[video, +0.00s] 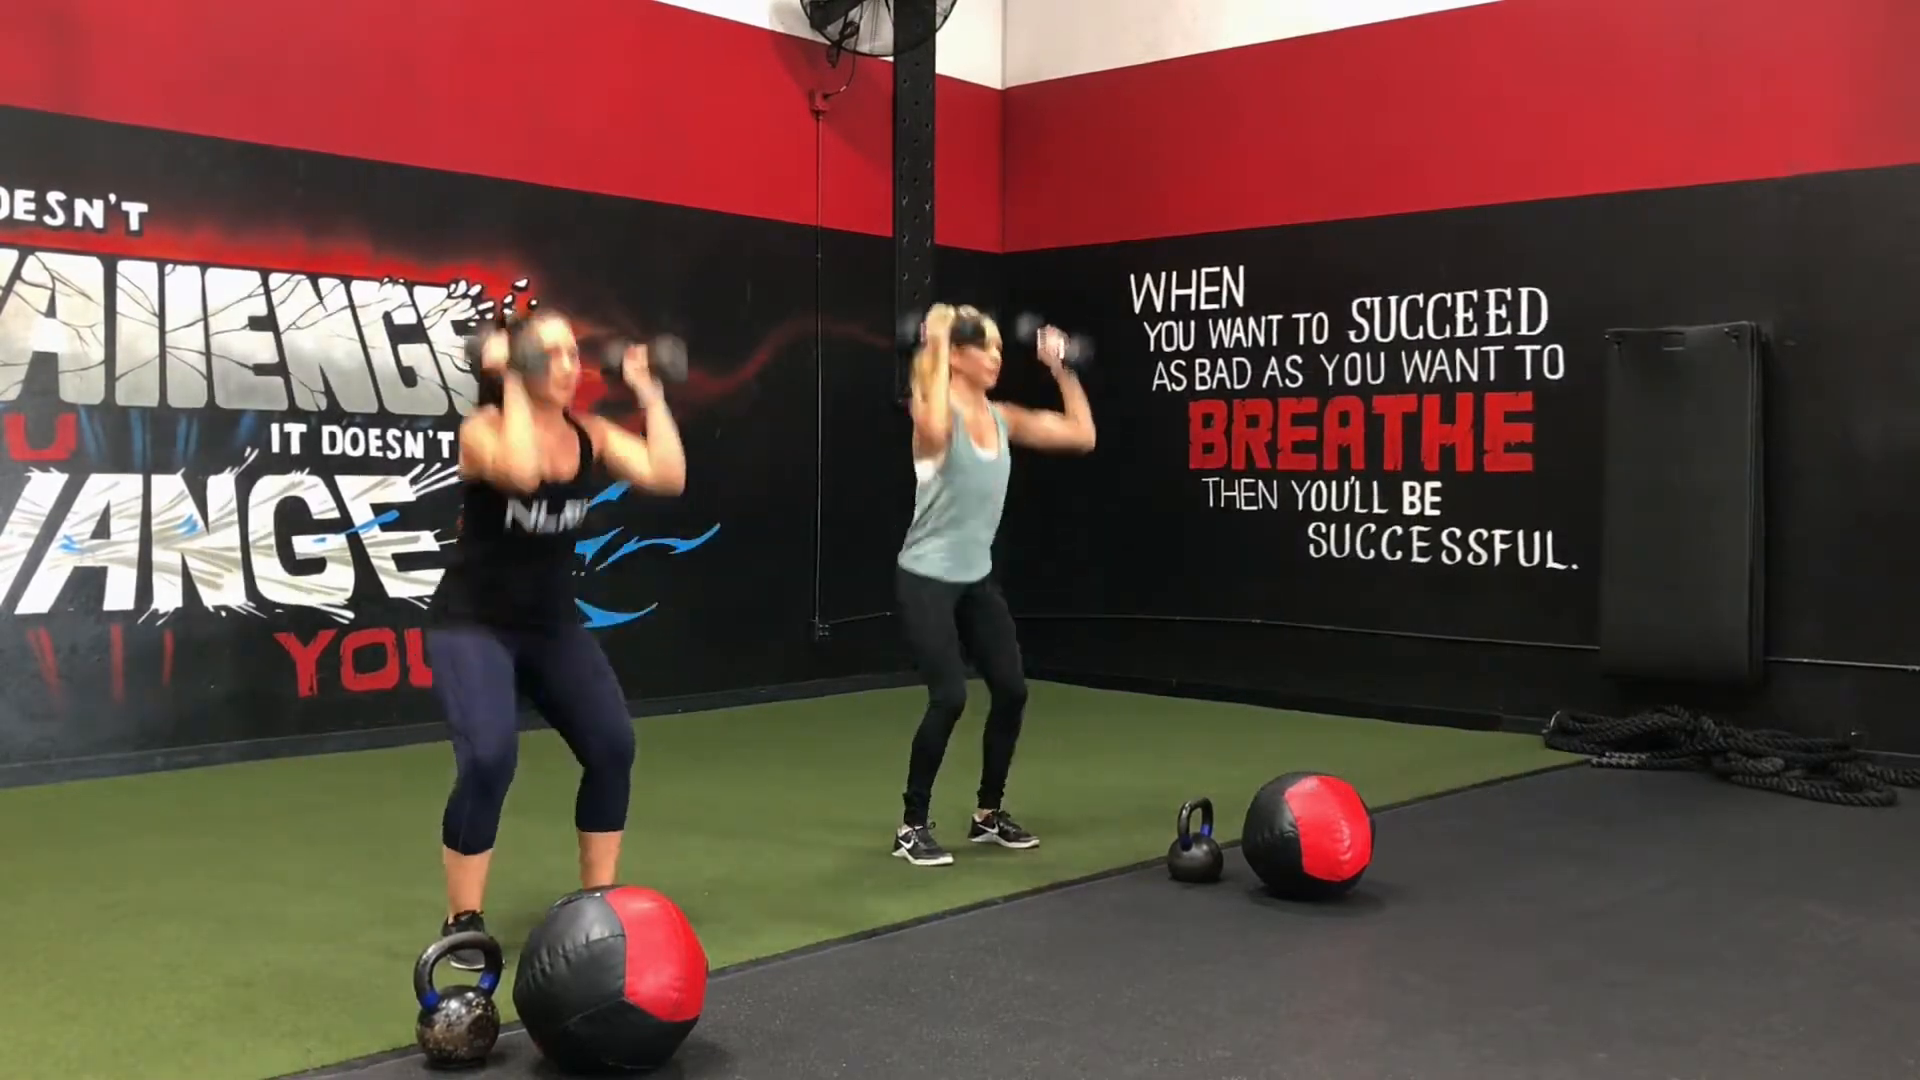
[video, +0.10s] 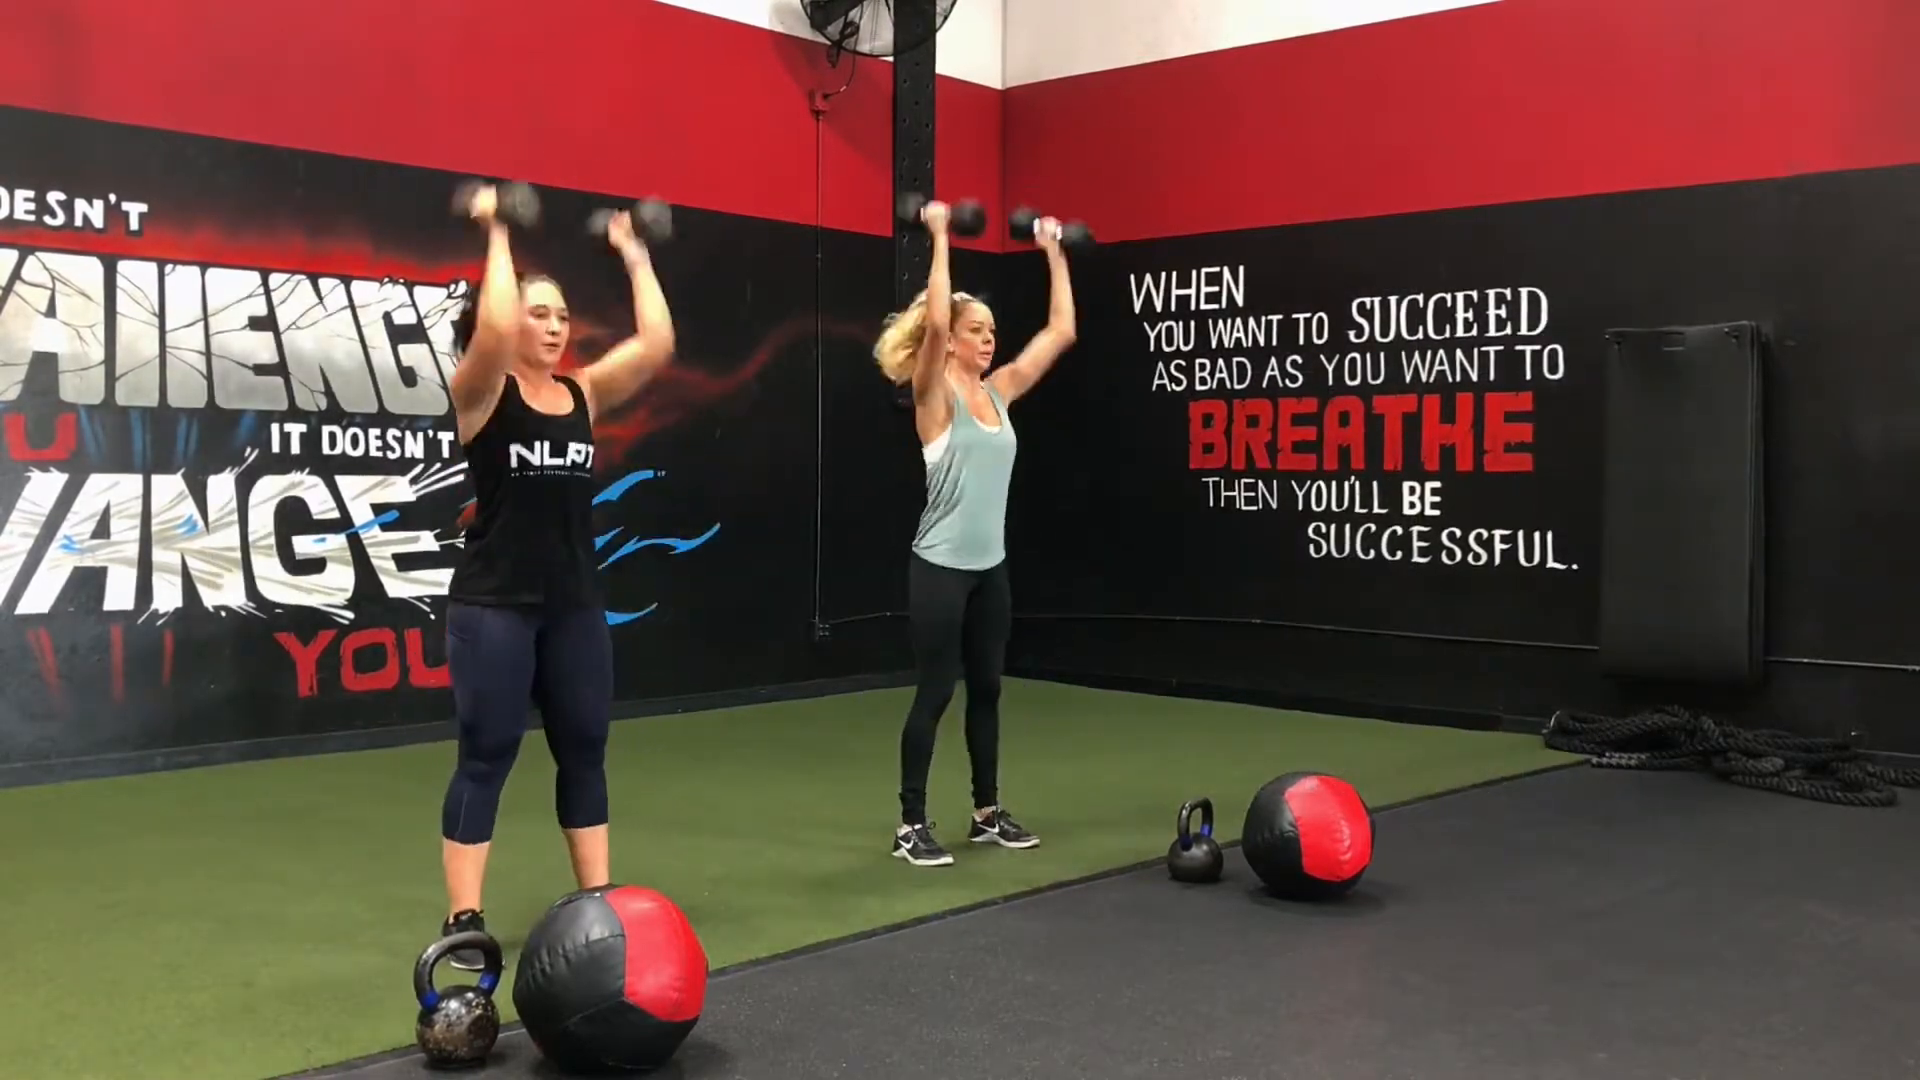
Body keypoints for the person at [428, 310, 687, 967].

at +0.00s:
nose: (566, 366)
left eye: (571, 353)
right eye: (551, 355)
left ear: (579, 364)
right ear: (517, 367)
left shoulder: (591, 433)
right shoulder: (482, 428)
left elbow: (667, 476)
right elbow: (522, 471)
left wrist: (650, 393)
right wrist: (508, 382)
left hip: (553, 621)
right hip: (473, 621)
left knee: (613, 746)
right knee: (488, 757)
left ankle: (598, 910)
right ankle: (464, 928)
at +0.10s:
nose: (552, 325)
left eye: (559, 315)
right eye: (537, 314)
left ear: (569, 327)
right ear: (505, 327)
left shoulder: (583, 391)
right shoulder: (480, 394)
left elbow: (657, 342)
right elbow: (496, 325)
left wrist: (634, 253)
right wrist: (496, 229)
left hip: (573, 603)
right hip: (493, 604)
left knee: (585, 750)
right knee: (486, 753)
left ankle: (597, 906)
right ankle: (465, 921)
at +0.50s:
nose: (579, 436)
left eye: (582, 424)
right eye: (563, 425)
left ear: (589, 432)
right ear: (521, 434)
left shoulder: (590, 503)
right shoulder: (489, 501)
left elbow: (651, 582)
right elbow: (505, 593)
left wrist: (652, 497)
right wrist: (506, 495)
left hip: (541, 663)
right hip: (458, 662)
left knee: (625, 752)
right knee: (487, 768)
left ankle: (594, 906)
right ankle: (465, 925)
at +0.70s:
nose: (592, 556)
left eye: (597, 544)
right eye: (576, 544)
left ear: (604, 550)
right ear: (535, 554)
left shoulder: (597, 611)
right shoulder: (493, 617)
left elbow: (638, 707)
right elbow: (504, 730)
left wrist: (651, 631)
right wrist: (519, 641)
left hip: (531, 740)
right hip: (448, 740)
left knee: (641, 766)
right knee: (492, 791)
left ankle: (596, 909)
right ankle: (466, 930)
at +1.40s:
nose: (555, 331)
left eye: (561, 319)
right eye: (538, 320)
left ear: (568, 331)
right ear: (499, 331)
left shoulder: (581, 411)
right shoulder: (479, 406)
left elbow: (646, 487)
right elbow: (491, 484)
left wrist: (636, 406)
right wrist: (488, 391)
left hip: (583, 611)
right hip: (503, 613)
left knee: (590, 753)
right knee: (486, 762)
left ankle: (597, 906)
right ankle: (464, 921)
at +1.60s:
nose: (563, 360)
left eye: (573, 347)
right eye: (549, 347)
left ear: (584, 344)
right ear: (518, 342)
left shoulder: (603, 414)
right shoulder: (487, 416)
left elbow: (627, 510)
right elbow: (460, 526)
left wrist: (654, 481)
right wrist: (483, 466)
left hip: (589, 607)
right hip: (509, 605)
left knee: (595, 752)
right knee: (515, 745)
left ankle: (596, 910)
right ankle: (462, 907)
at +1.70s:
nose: (552, 369)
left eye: (565, 355)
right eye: (538, 354)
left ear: (580, 351)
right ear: (512, 349)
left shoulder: (603, 421)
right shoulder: (477, 425)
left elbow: (619, 516)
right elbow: (431, 521)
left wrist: (639, 522)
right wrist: (468, 490)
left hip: (580, 610)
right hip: (496, 610)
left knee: (594, 750)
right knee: (482, 748)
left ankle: (596, 911)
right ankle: (424, 923)